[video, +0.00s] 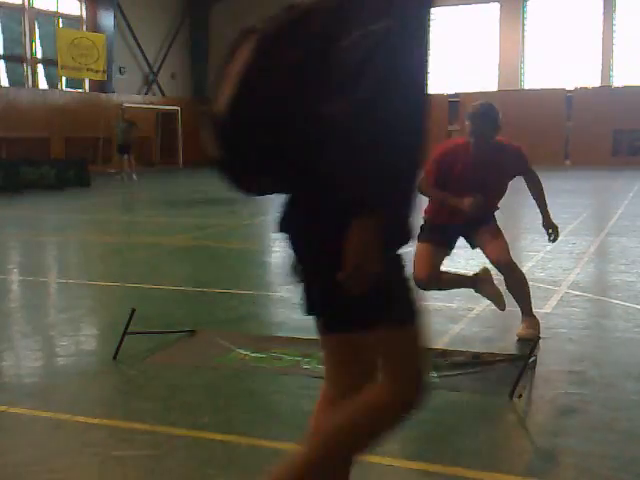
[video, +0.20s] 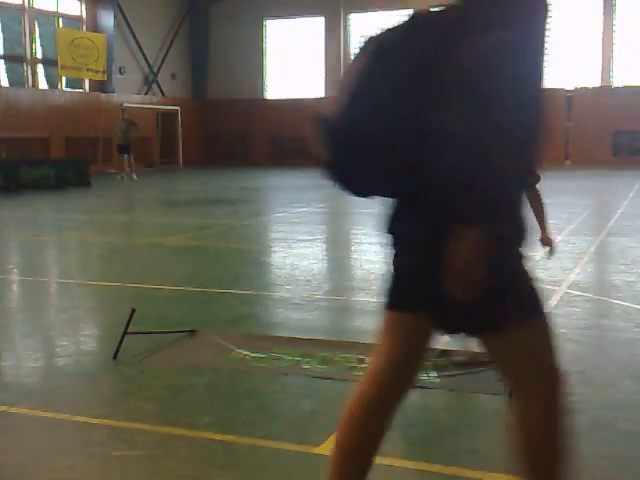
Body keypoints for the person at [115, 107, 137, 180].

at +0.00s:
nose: (122, 115)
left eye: (124, 113)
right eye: (121, 113)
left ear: (126, 114)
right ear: (119, 114)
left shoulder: (130, 123)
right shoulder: (118, 123)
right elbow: (116, 134)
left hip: (129, 143)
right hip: (121, 143)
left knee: (131, 159)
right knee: (122, 159)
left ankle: (133, 173)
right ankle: (123, 174)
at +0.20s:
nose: (123, 114)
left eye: (124, 112)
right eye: (122, 112)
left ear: (126, 113)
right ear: (120, 112)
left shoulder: (128, 122)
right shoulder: (118, 123)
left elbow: (136, 126)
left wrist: (130, 122)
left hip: (128, 142)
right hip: (120, 142)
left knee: (131, 158)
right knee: (122, 158)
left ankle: (133, 173)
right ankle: (124, 173)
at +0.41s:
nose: (122, 115)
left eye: (124, 113)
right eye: (121, 113)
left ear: (126, 114)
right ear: (120, 114)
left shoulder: (129, 122)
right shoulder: (118, 122)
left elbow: (136, 127)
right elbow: (113, 128)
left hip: (127, 142)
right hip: (120, 142)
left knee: (130, 158)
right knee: (122, 158)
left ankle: (133, 173)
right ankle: (123, 173)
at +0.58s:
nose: (122, 115)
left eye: (123, 113)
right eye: (121, 113)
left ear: (125, 114)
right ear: (120, 114)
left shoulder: (128, 122)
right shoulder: (118, 123)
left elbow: (136, 127)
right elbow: (114, 130)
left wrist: (133, 133)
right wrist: (116, 139)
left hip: (127, 142)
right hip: (120, 142)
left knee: (130, 159)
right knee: (122, 159)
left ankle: (133, 173)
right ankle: (123, 173)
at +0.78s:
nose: (122, 115)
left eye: (123, 113)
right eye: (121, 113)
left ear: (125, 114)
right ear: (120, 114)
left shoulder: (128, 122)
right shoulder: (118, 123)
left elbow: (136, 126)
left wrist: (130, 122)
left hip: (127, 142)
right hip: (120, 142)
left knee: (130, 158)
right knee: (121, 159)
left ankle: (133, 173)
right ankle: (123, 173)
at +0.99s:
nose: (122, 115)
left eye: (124, 113)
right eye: (121, 113)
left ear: (126, 113)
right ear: (120, 113)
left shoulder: (129, 122)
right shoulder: (118, 122)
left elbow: (134, 129)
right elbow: (115, 133)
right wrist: (115, 143)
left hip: (128, 141)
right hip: (120, 142)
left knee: (130, 158)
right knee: (121, 159)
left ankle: (133, 173)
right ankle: (123, 173)